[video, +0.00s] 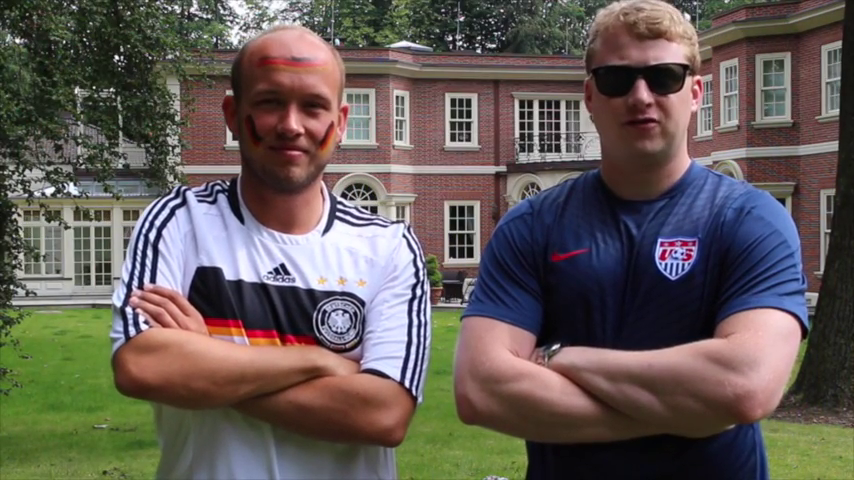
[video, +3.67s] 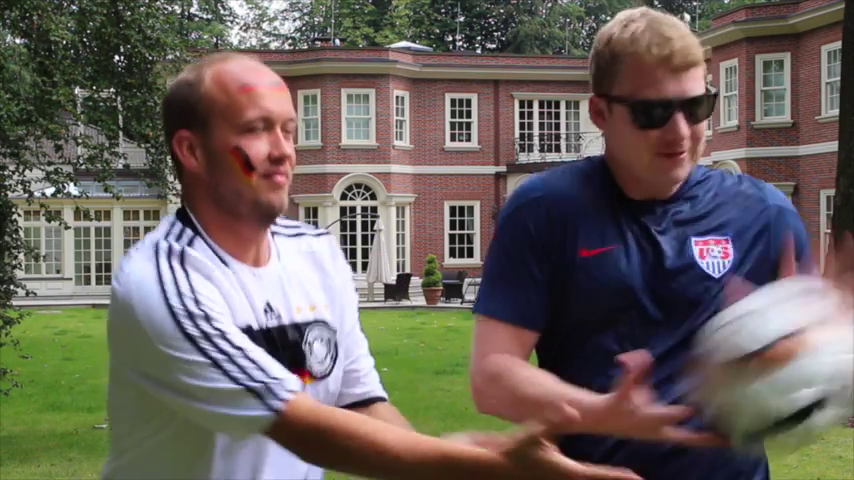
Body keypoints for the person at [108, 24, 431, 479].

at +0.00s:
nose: (291, 126)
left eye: (313, 107)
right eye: (270, 103)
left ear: (339, 122)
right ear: (233, 114)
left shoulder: (390, 247)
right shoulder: (175, 220)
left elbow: (386, 418)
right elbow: (137, 367)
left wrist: (209, 366)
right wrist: (321, 361)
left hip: (345, 476)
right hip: (203, 475)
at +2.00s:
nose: (293, 125)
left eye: (315, 105)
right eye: (271, 102)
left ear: (339, 124)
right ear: (233, 117)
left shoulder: (388, 249)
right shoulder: (175, 220)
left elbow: (384, 422)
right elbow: (139, 373)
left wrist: (211, 372)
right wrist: (318, 366)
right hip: (200, 473)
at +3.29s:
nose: (297, 122)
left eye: (306, 103)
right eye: (271, 101)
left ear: (314, 112)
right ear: (208, 119)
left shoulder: (350, 240)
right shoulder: (143, 232)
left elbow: (389, 404)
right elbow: (134, 389)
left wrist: (213, 370)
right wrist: (299, 340)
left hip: (332, 473)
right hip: (192, 473)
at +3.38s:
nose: (294, 115)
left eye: (301, 98)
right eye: (269, 95)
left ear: (309, 109)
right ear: (204, 117)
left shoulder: (348, 240)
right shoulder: (140, 232)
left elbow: (403, 406)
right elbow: (125, 388)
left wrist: (248, 361)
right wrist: (289, 304)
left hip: (330, 474)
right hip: (191, 472)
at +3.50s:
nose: (288, 122)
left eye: (295, 103)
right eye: (263, 100)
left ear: (304, 110)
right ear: (197, 119)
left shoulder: (339, 242)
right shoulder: (136, 239)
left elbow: (405, 411)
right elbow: (169, 407)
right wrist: (342, 322)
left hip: (323, 475)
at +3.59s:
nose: (284, 132)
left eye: (290, 111)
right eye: (259, 111)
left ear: (298, 119)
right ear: (191, 128)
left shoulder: (329, 243)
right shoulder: (141, 256)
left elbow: (366, 383)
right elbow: (230, 414)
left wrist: (386, 421)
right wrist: (412, 404)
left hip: (316, 470)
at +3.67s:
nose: (283, 150)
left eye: (287, 129)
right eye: (256, 131)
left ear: (295, 132)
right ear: (188, 152)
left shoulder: (316, 252)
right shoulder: (158, 284)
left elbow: (362, 403)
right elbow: (299, 425)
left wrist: (459, 458)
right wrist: (495, 458)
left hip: (318, 472)